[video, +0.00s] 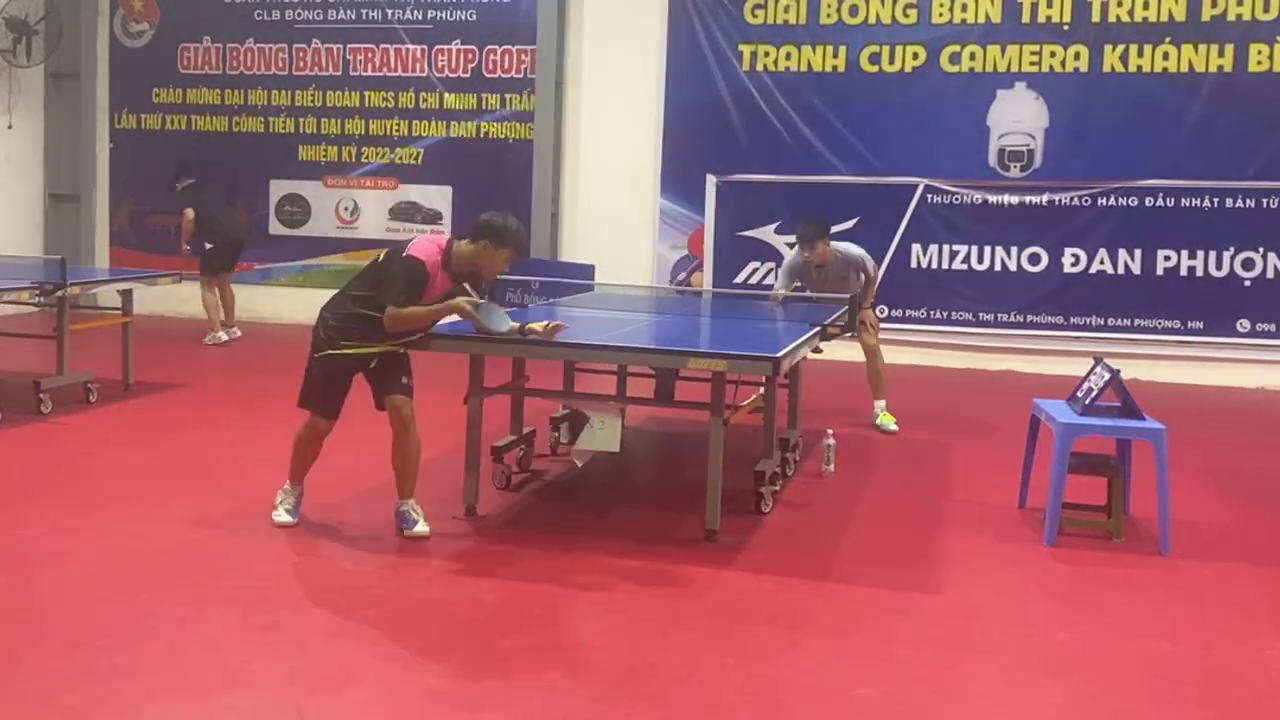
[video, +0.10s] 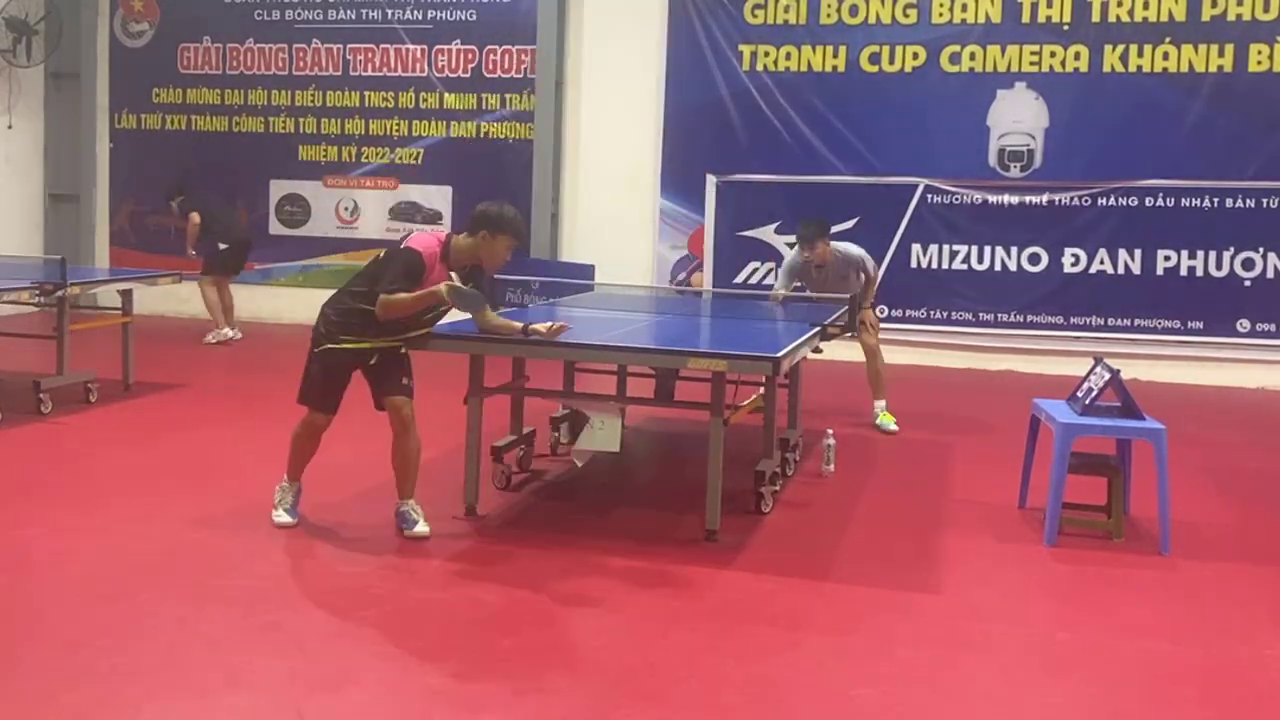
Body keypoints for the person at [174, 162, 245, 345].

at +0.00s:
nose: (178, 191)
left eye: (178, 188)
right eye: (178, 188)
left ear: (180, 184)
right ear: (194, 179)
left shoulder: (187, 193)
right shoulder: (212, 188)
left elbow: (190, 216)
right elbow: (231, 210)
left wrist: (185, 242)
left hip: (215, 240)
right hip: (235, 237)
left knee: (207, 285)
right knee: (224, 282)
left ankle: (216, 330)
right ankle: (231, 326)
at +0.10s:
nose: (175, 210)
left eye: (173, 206)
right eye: (173, 206)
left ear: (177, 200)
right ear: (186, 194)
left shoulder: (188, 202)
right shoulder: (208, 198)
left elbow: (195, 220)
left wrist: (190, 246)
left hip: (224, 241)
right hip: (241, 239)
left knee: (206, 282)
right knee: (222, 282)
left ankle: (222, 328)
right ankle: (231, 327)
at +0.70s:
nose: (157, 203)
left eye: (157, 197)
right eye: (155, 199)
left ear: (169, 191)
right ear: (168, 194)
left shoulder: (194, 197)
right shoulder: (180, 213)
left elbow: (222, 211)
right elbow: (187, 243)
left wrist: (213, 237)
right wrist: (174, 261)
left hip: (238, 233)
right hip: (225, 235)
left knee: (222, 277)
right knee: (214, 279)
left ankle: (237, 326)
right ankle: (228, 325)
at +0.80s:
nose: (162, 181)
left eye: (163, 175)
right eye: (160, 178)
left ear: (176, 172)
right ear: (169, 178)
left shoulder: (200, 187)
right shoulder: (177, 198)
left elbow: (228, 205)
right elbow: (176, 229)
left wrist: (217, 232)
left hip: (229, 234)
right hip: (213, 238)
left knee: (217, 277)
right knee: (211, 280)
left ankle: (228, 324)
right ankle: (228, 324)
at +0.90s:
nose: (169, 168)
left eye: (172, 163)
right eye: (167, 165)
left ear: (185, 163)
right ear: (168, 169)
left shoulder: (205, 182)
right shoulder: (176, 189)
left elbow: (230, 206)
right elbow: (164, 216)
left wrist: (218, 234)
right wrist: (143, 205)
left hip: (225, 235)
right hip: (205, 238)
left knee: (215, 279)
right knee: (210, 283)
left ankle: (212, 327)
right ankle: (228, 325)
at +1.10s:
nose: (179, 158)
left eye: (184, 154)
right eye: (177, 155)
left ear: (196, 157)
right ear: (175, 159)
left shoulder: (210, 183)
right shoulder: (177, 182)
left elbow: (222, 214)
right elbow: (167, 211)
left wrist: (203, 240)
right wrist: (157, 211)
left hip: (210, 237)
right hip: (189, 238)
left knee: (201, 282)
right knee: (199, 283)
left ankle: (200, 330)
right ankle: (223, 320)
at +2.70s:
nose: (107, 184)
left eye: (113, 180)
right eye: (105, 179)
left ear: (126, 183)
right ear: (102, 179)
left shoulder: (140, 208)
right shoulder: (96, 195)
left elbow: (154, 239)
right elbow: (72, 205)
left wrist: (127, 245)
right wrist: (79, 234)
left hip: (130, 262)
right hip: (96, 261)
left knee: (141, 296)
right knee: (80, 298)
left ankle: (161, 347)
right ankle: (73, 345)